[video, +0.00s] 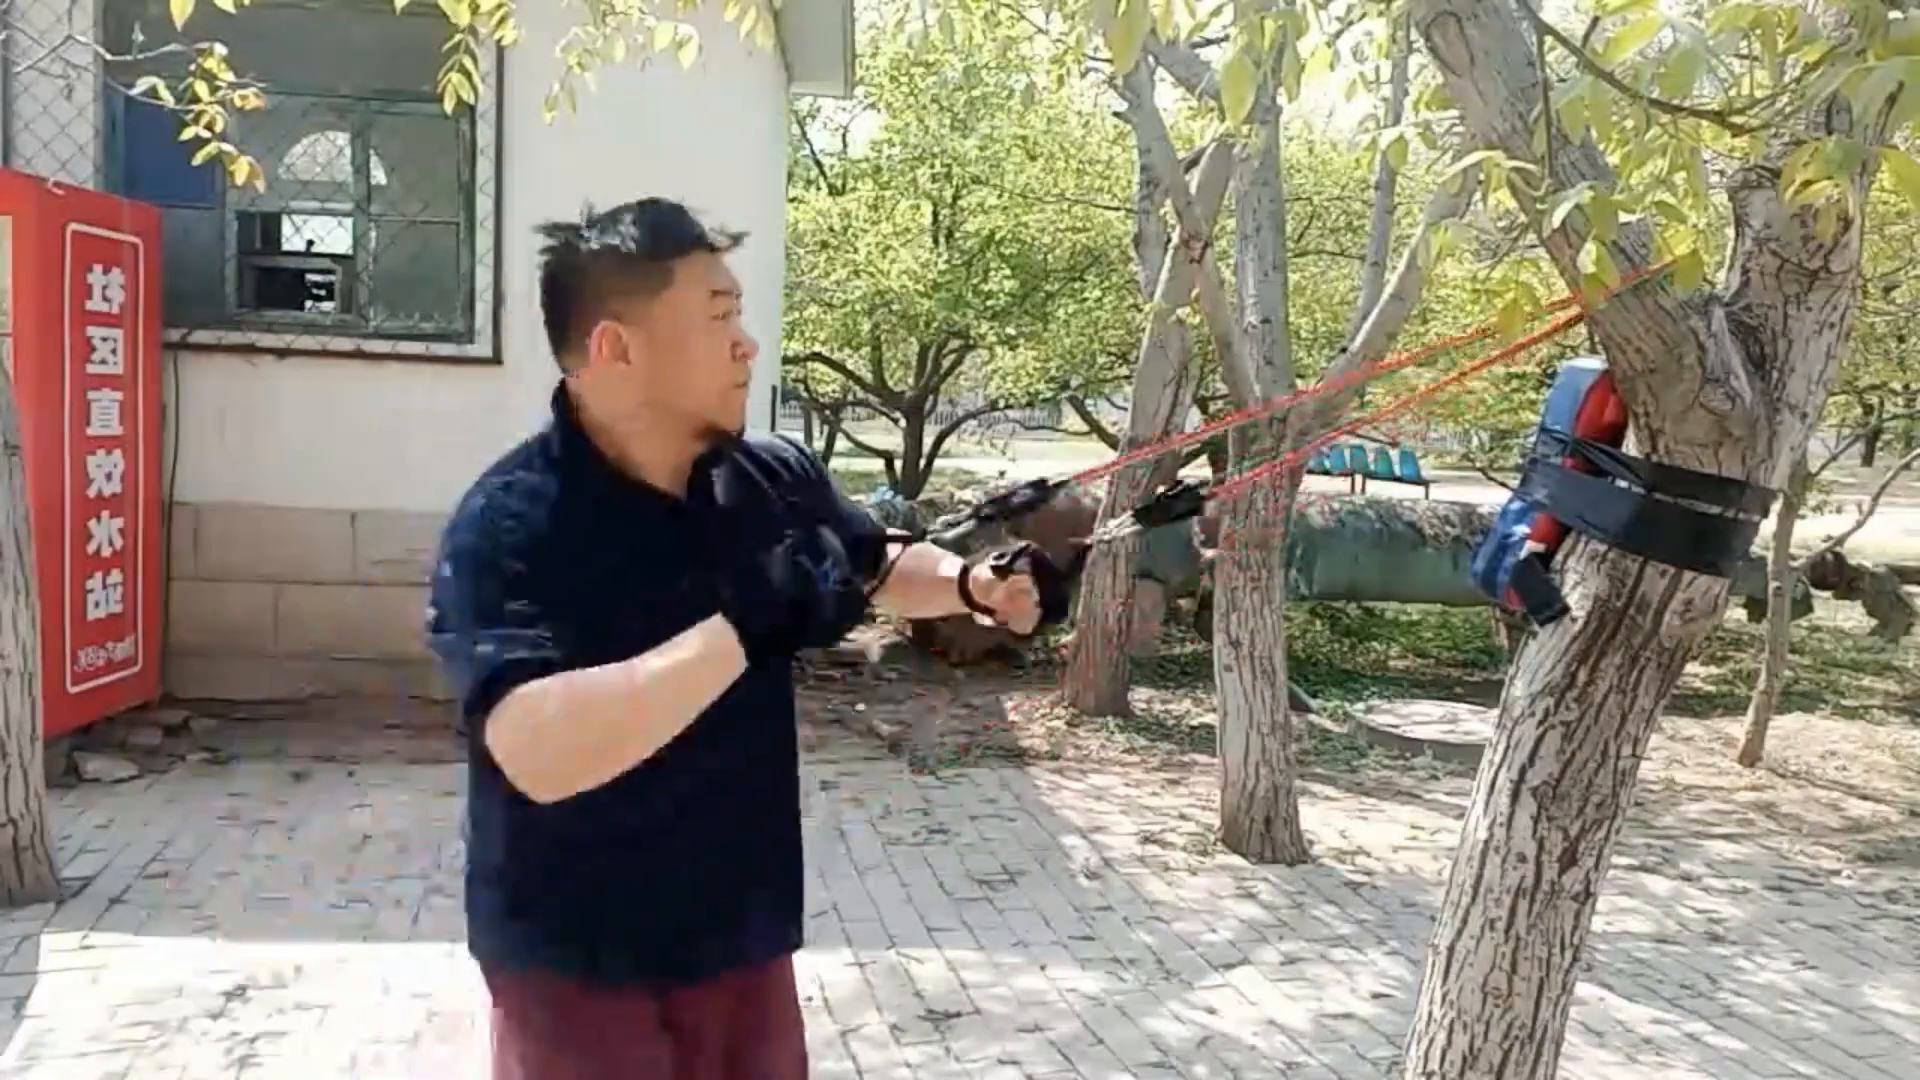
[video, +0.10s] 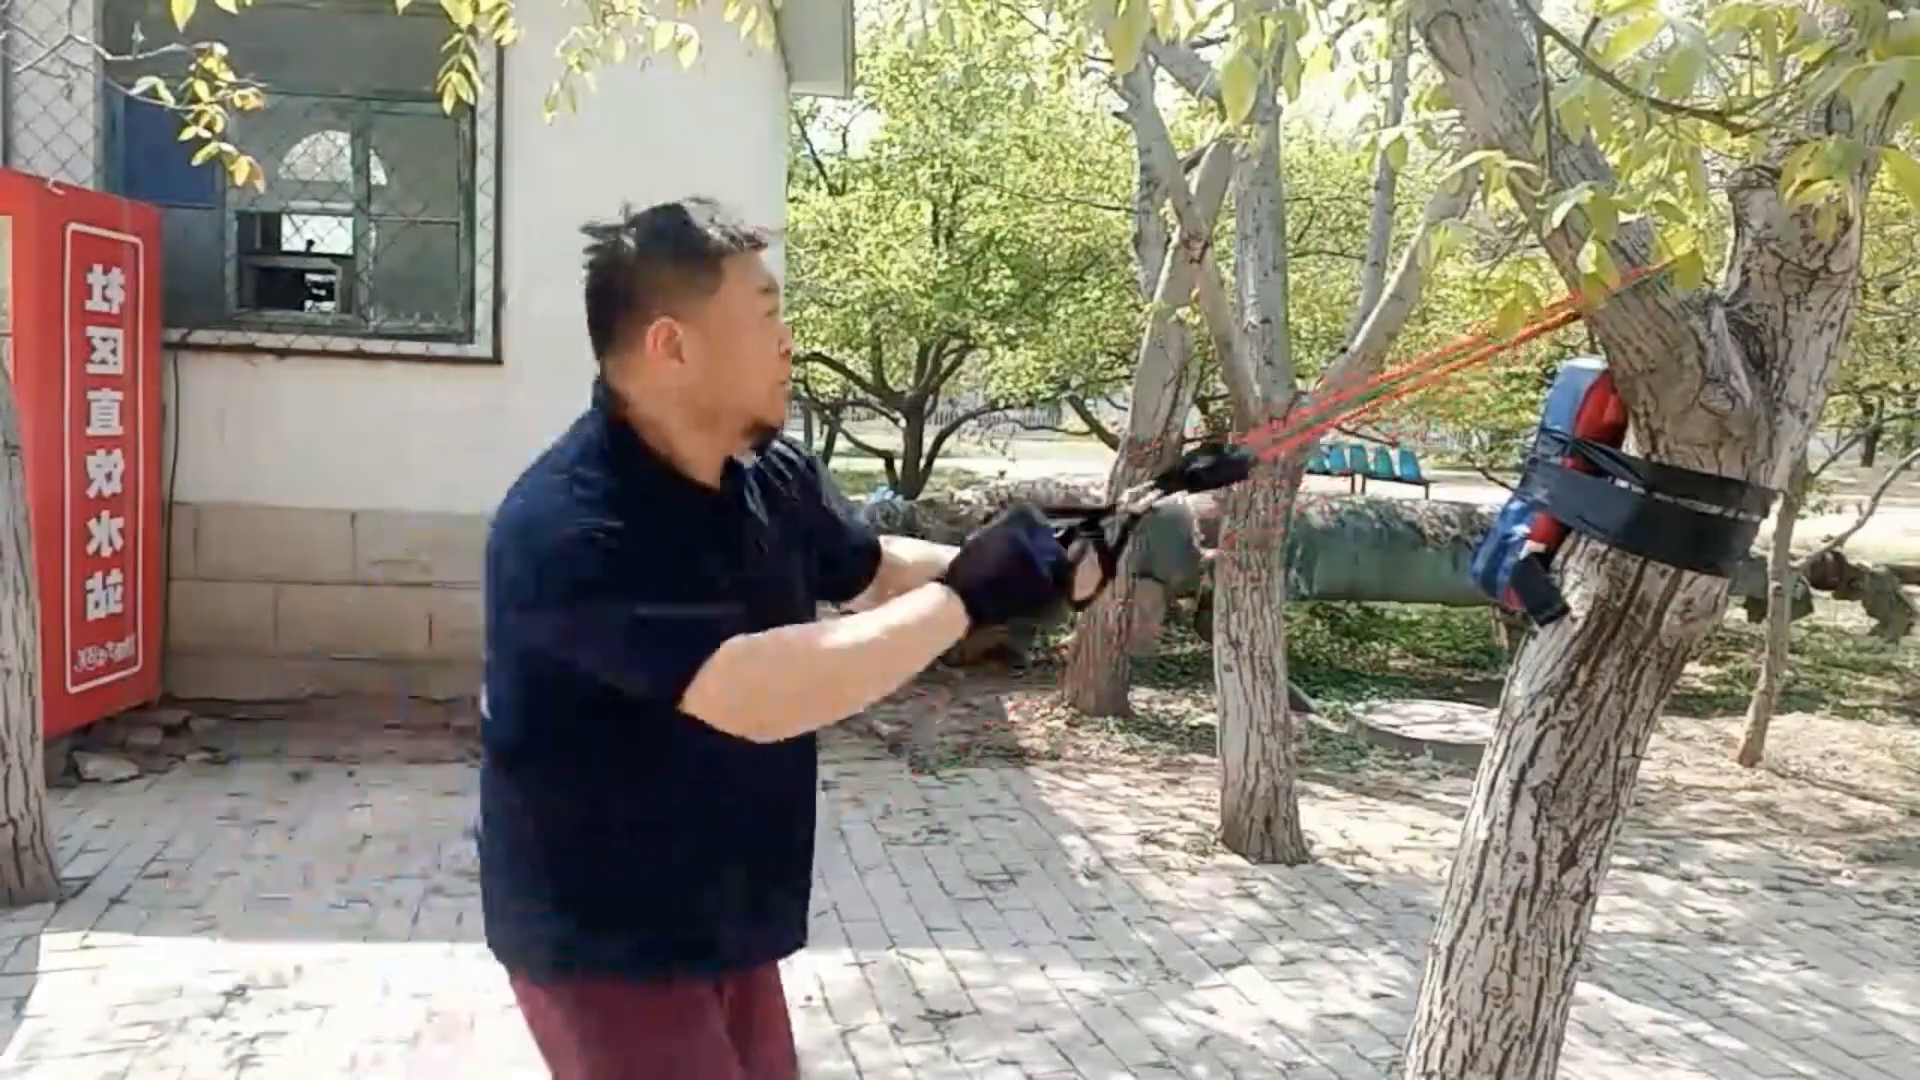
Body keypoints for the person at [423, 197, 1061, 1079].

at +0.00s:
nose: (750, 343)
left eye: (738, 313)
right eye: (721, 316)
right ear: (613, 349)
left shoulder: (770, 480)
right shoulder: (507, 525)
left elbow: (873, 560)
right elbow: (541, 751)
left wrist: (973, 585)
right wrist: (747, 628)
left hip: (745, 951)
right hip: (575, 973)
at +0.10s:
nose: (791, 343)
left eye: (781, 314)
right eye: (768, 315)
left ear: (672, 350)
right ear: (669, 347)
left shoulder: (766, 477)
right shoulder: (565, 528)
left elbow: (872, 569)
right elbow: (754, 694)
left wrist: (1032, 567)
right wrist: (967, 599)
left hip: (734, 936)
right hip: (608, 957)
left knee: (769, 1068)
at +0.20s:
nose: (813, 356)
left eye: (803, 328)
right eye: (793, 329)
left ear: (713, 361)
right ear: (711, 358)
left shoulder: (709, 477)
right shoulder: (659, 534)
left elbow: (867, 583)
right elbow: (901, 669)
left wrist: (1037, 636)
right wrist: (1126, 678)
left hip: (673, 941)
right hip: (634, 967)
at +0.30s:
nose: (828, 377)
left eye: (819, 350)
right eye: (813, 351)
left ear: (725, 374)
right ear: (740, 374)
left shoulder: (659, 485)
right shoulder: (704, 547)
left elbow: (868, 616)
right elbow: (936, 711)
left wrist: (1056, 715)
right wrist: (1137, 737)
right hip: (644, 1000)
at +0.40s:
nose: (830, 416)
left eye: (827, 389)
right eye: (823, 387)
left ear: (682, 388)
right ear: (769, 392)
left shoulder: (620, 500)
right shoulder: (728, 596)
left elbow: (816, 644)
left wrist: (969, 724)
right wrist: (1052, 794)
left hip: (519, 968)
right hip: (630, 1016)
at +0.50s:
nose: (812, 423)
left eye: (807, 395)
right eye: (804, 393)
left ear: (657, 394)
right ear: (757, 400)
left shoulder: (608, 507)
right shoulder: (701, 592)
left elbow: (812, 639)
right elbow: (799, 809)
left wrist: (971, 695)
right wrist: (1002, 757)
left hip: (490, 977)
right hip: (608, 1026)